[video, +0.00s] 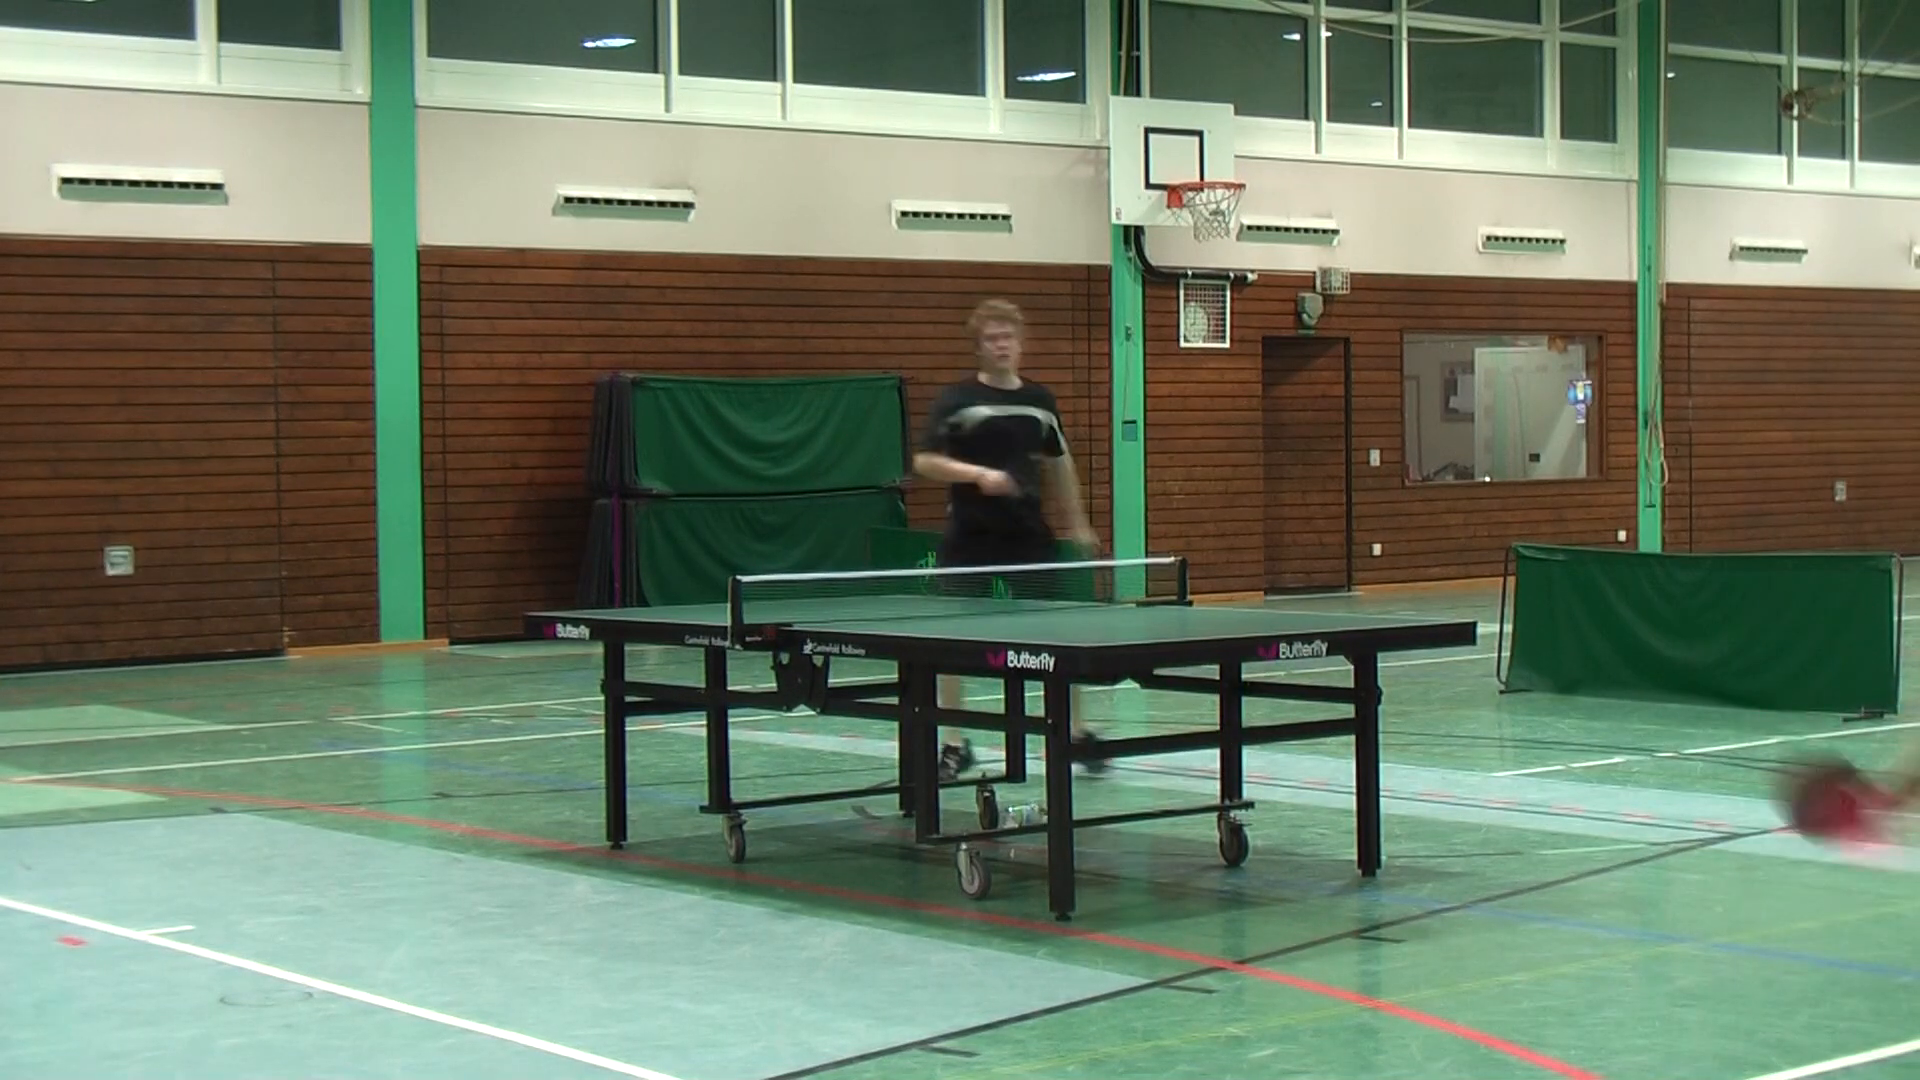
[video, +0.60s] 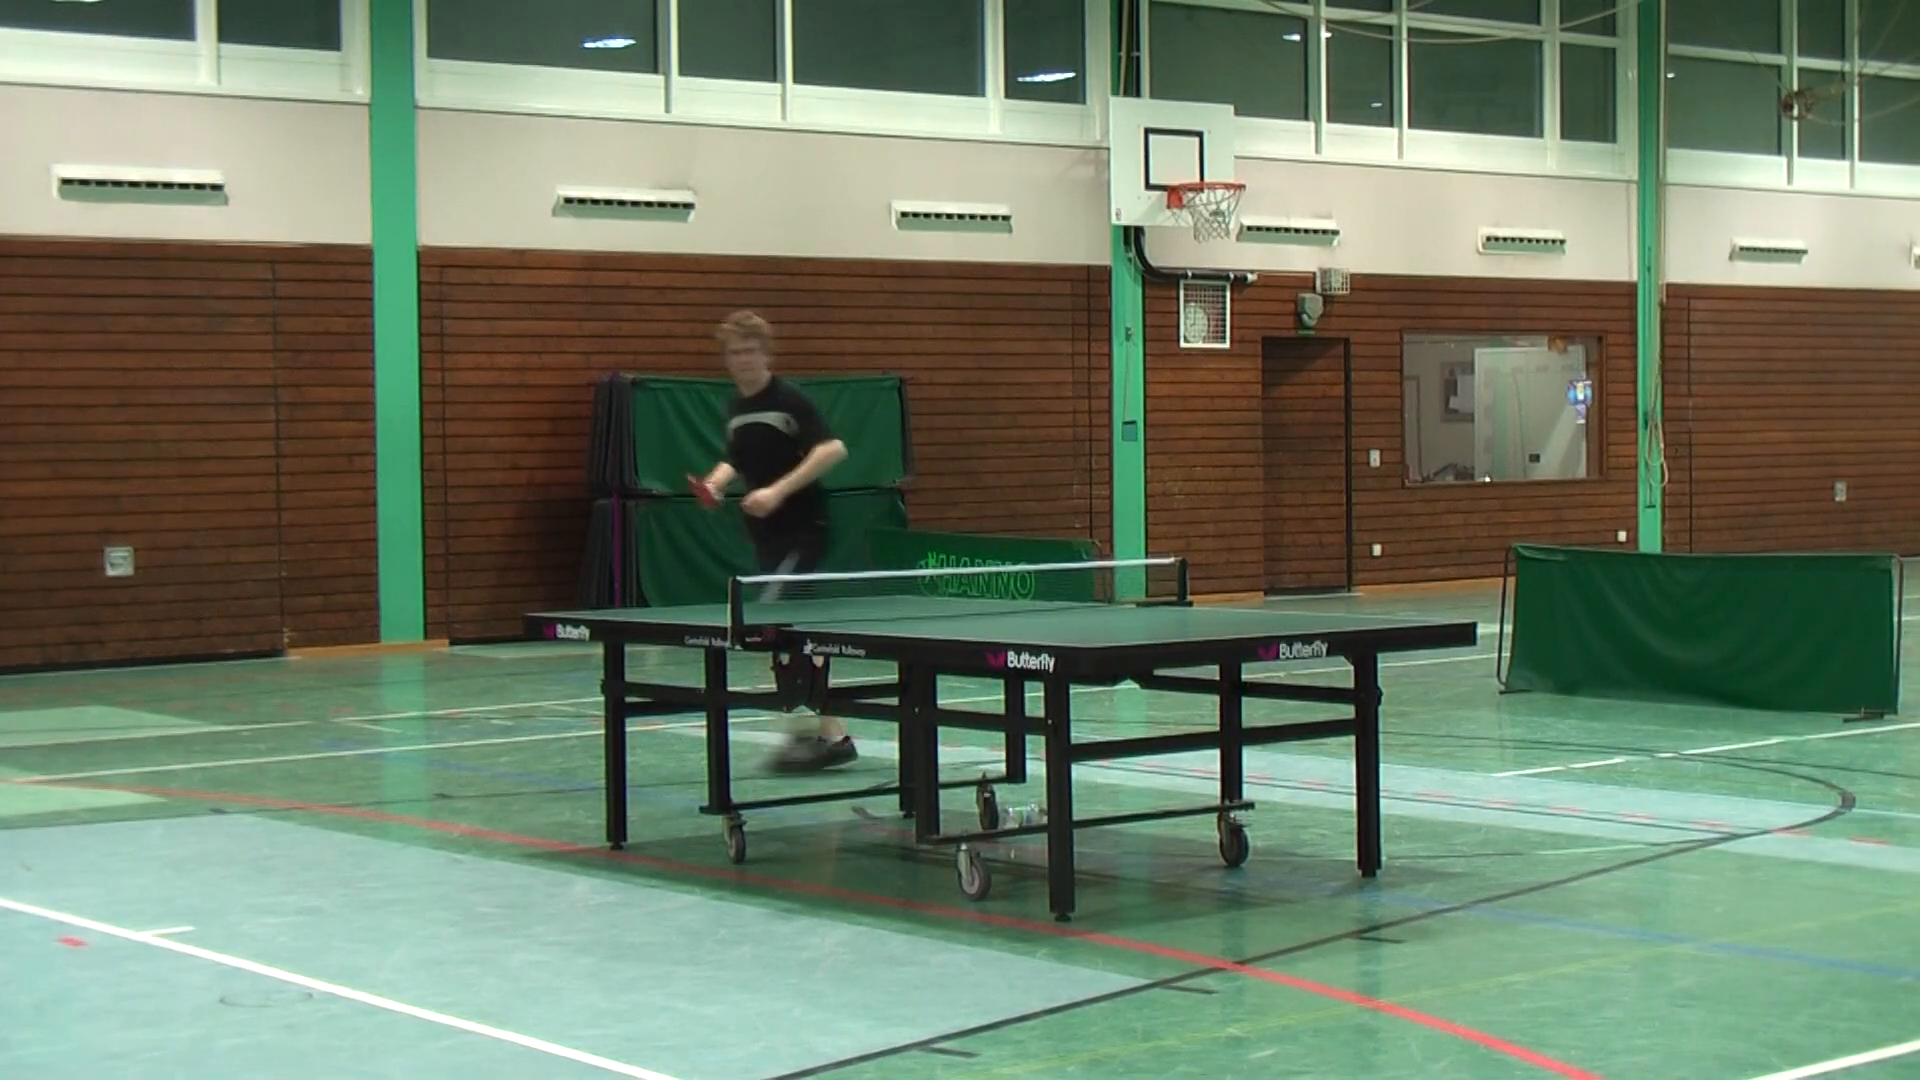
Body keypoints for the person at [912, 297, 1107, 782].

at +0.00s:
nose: (999, 346)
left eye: (1006, 337)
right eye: (990, 339)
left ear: (1021, 341)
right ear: (975, 346)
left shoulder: (1039, 400)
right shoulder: (956, 399)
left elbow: (1060, 466)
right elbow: (924, 461)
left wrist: (1077, 524)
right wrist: (978, 473)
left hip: (1030, 539)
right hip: (970, 541)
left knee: (1060, 634)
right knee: (951, 645)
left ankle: (1070, 729)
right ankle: (952, 743)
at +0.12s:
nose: (953, 361)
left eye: (961, 352)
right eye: (944, 354)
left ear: (976, 355)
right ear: (931, 362)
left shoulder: (1006, 408)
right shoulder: (917, 418)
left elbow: (1066, 448)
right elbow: (888, 476)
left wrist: (1120, 490)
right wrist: (905, 506)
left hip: (995, 556)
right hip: (930, 559)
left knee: (1024, 651)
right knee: (896, 643)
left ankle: (1050, 737)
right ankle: (892, 737)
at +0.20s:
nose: (922, 378)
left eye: (930, 370)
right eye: (913, 372)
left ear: (944, 372)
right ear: (899, 379)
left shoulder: (975, 422)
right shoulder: (893, 439)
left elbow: (1033, 447)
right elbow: (868, 498)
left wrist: (1079, 479)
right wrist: (861, 538)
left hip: (976, 568)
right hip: (912, 571)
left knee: (1019, 652)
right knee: (865, 640)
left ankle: (1050, 739)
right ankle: (853, 740)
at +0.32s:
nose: (860, 384)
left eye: (867, 376)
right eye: (851, 377)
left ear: (882, 378)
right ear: (839, 385)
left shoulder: (910, 427)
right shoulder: (840, 443)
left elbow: (967, 463)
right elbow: (833, 503)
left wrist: (967, 494)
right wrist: (811, 545)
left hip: (923, 570)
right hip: (867, 572)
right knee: (815, 636)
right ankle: (838, 741)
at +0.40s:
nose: (824, 376)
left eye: (831, 368)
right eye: (815, 370)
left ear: (845, 370)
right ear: (803, 376)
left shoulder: (871, 421)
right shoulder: (808, 428)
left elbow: (920, 470)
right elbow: (807, 486)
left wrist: (888, 509)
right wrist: (785, 527)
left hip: (881, 560)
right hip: (830, 560)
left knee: (924, 647)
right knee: (803, 647)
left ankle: (993, 720)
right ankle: (836, 740)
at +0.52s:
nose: (774, 363)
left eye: (782, 354)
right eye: (766, 356)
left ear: (798, 356)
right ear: (756, 363)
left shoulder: (821, 404)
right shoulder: (764, 412)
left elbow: (863, 456)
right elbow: (765, 465)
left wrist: (809, 498)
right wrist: (745, 494)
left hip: (831, 539)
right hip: (791, 540)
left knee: (826, 633)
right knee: (799, 641)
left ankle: (888, 714)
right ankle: (835, 739)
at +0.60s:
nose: (744, 361)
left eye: (751, 352)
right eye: (735, 354)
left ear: (768, 353)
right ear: (725, 359)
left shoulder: (790, 400)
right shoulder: (736, 406)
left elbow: (833, 448)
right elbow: (738, 458)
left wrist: (776, 490)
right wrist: (715, 482)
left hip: (803, 535)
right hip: (768, 536)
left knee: (778, 624)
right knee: (797, 631)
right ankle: (831, 731)